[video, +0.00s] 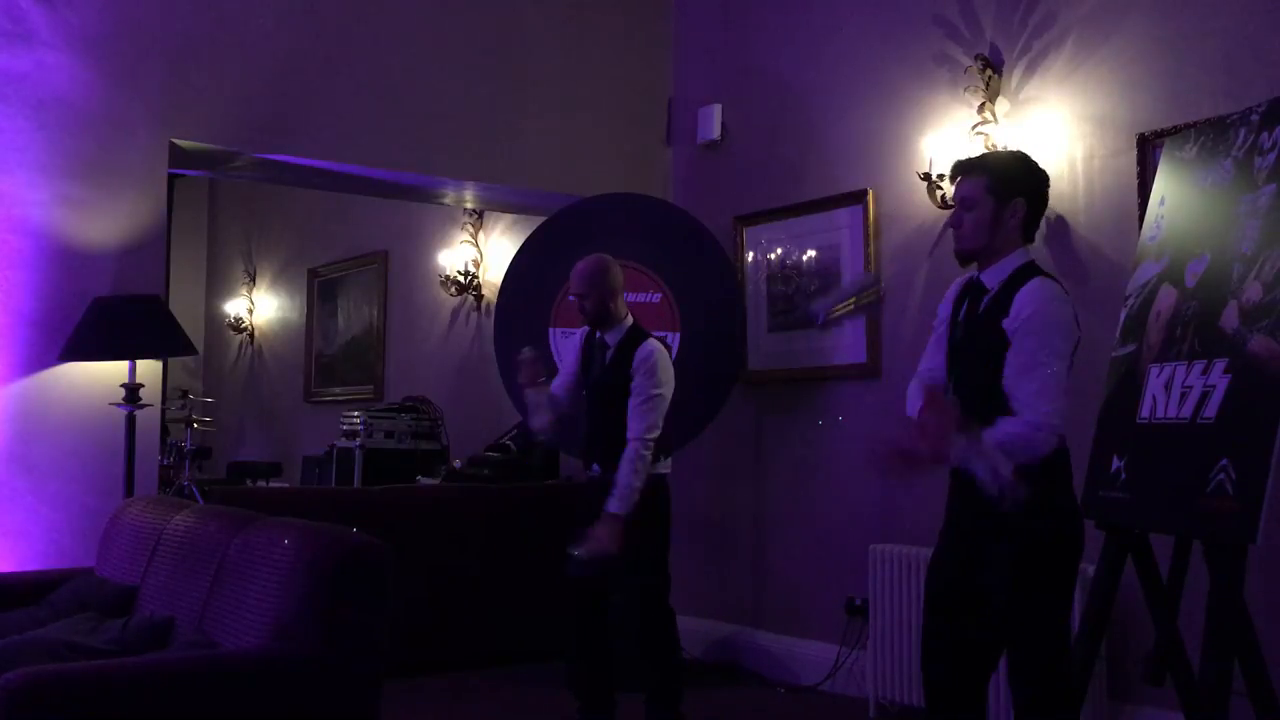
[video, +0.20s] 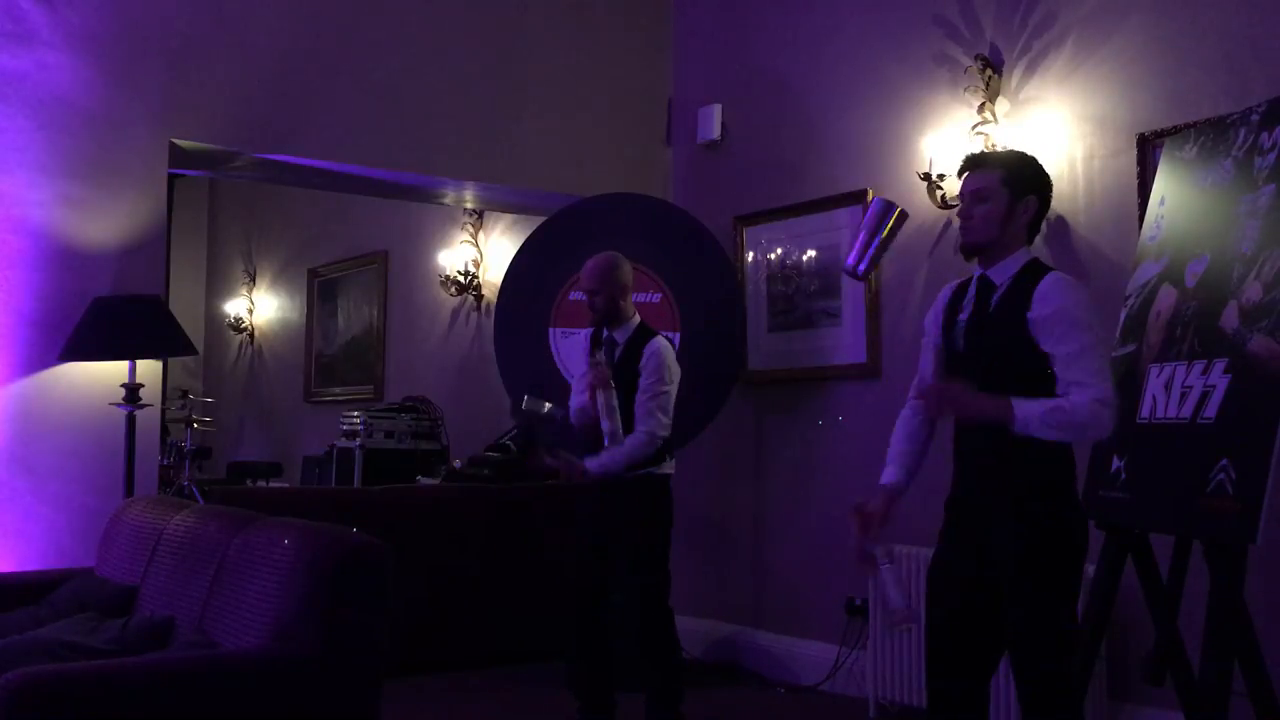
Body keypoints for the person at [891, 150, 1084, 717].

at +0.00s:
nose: (953, 218)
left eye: (968, 206)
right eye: (954, 205)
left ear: (1013, 215)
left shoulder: (1040, 300)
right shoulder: (960, 294)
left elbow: (1041, 428)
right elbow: (926, 381)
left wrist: (959, 444)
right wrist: (929, 420)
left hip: (1033, 503)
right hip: (973, 497)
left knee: (1038, 677)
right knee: (948, 667)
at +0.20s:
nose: (962, 210)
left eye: (979, 199)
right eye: (962, 199)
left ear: (1024, 210)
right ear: (959, 207)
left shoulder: (1057, 296)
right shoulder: (949, 303)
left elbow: (1097, 412)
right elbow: (923, 401)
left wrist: (993, 408)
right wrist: (888, 488)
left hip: (1041, 516)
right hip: (969, 513)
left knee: (1046, 689)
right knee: (953, 685)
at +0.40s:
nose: (960, 220)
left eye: (975, 206)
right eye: (961, 207)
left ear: (1021, 214)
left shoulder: (1062, 304)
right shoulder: (970, 299)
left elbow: (1027, 419)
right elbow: (914, 384)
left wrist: (934, 391)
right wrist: (841, 437)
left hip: (1041, 515)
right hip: (975, 510)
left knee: (1046, 689)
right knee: (954, 682)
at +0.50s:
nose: (957, 222)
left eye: (968, 207)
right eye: (959, 208)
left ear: (1011, 214)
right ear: (1004, 217)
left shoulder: (1054, 304)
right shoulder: (983, 294)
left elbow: (1037, 427)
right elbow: (925, 339)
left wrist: (929, 432)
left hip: (1034, 511)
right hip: (979, 504)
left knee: (1038, 679)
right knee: (956, 673)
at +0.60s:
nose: (953, 219)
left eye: (964, 206)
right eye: (955, 206)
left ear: (1004, 215)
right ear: (1002, 217)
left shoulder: (1040, 300)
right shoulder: (991, 286)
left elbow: (1045, 431)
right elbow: (923, 293)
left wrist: (941, 475)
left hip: (1027, 513)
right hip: (983, 507)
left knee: (1028, 677)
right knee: (957, 672)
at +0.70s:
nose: (947, 218)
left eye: (956, 206)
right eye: (949, 205)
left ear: (993, 215)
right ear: (995, 215)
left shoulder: (1025, 299)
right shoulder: (990, 281)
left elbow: (1038, 432)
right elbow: (943, 245)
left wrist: (953, 507)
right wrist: (902, 190)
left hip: (1017, 519)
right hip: (981, 512)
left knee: (1023, 684)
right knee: (958, 680)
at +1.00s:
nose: (926, 226)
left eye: (937, 216)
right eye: (930, 214)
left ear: (975, 225)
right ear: (975, 224)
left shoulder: (998, 310)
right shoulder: (979, 276)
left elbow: (994, 442)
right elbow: (929, 237)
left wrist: (920, 526)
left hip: (993, 515)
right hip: (975, 505)